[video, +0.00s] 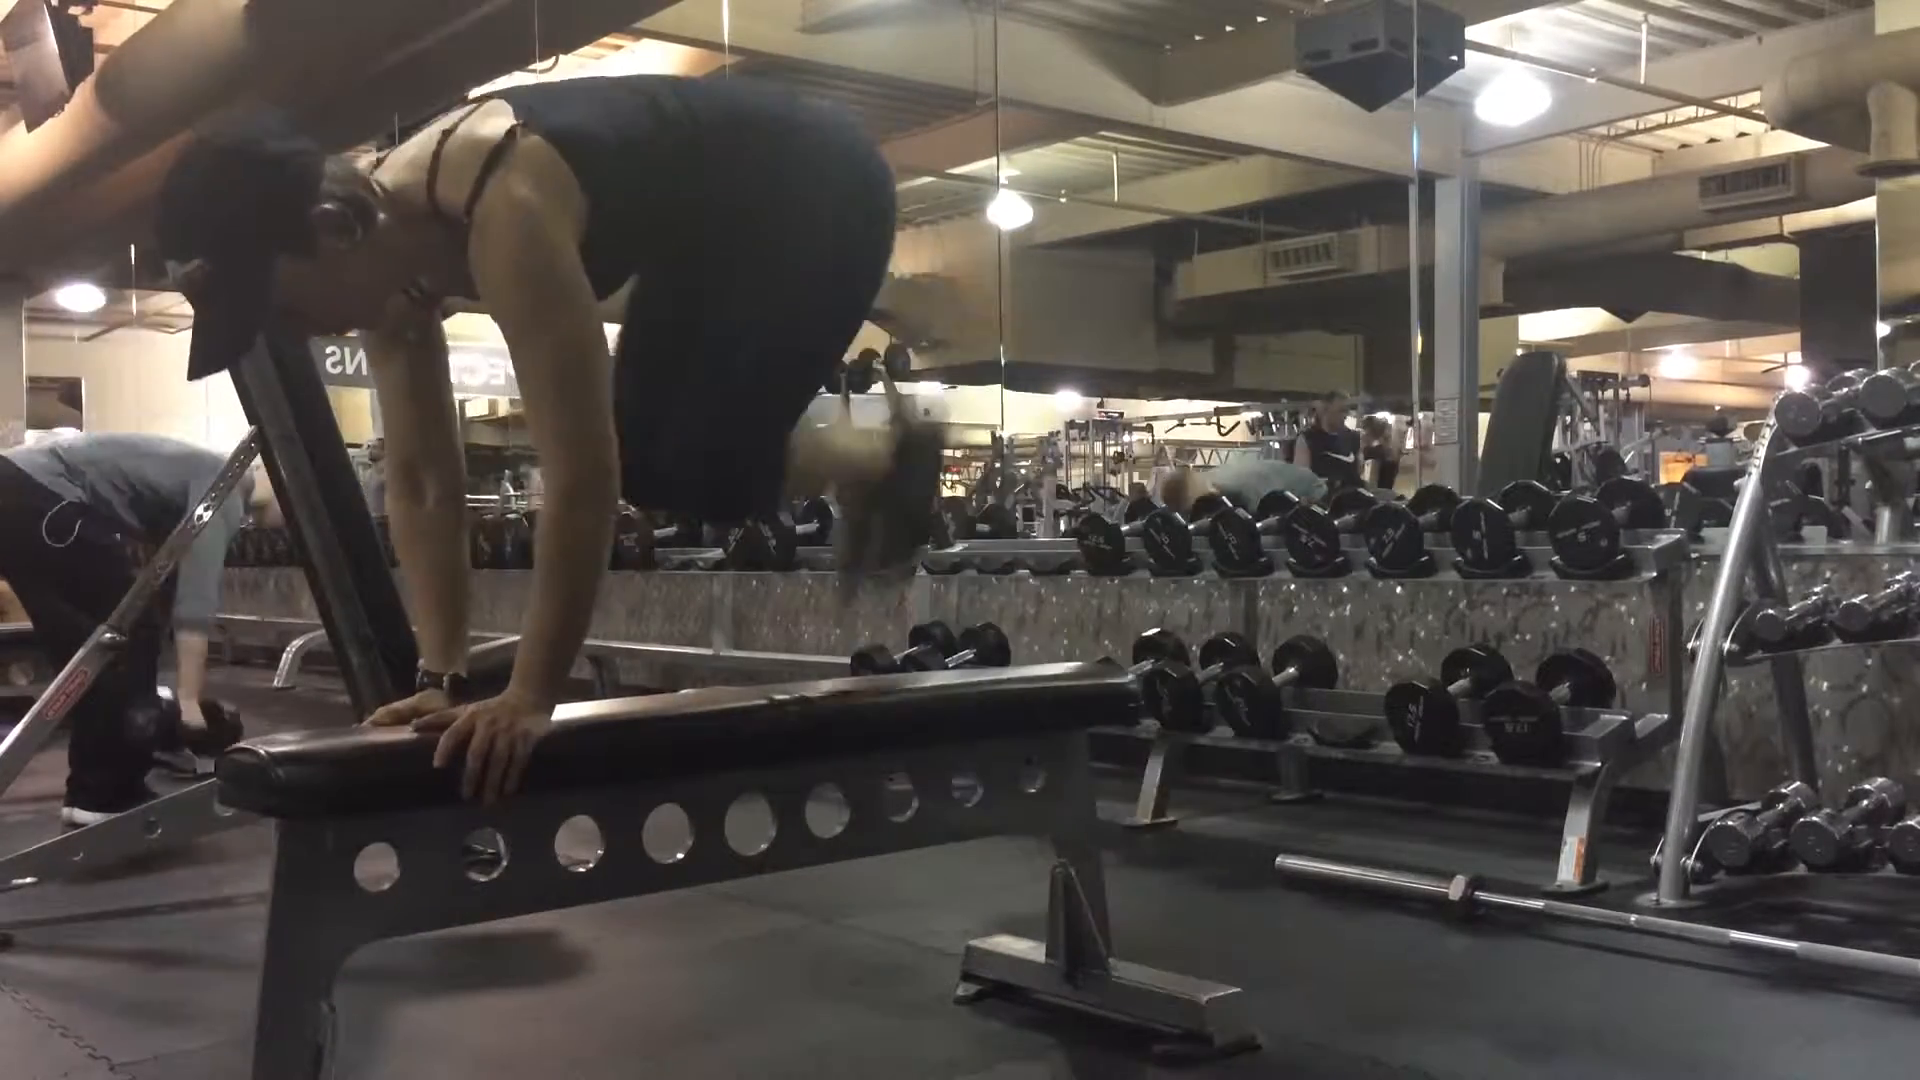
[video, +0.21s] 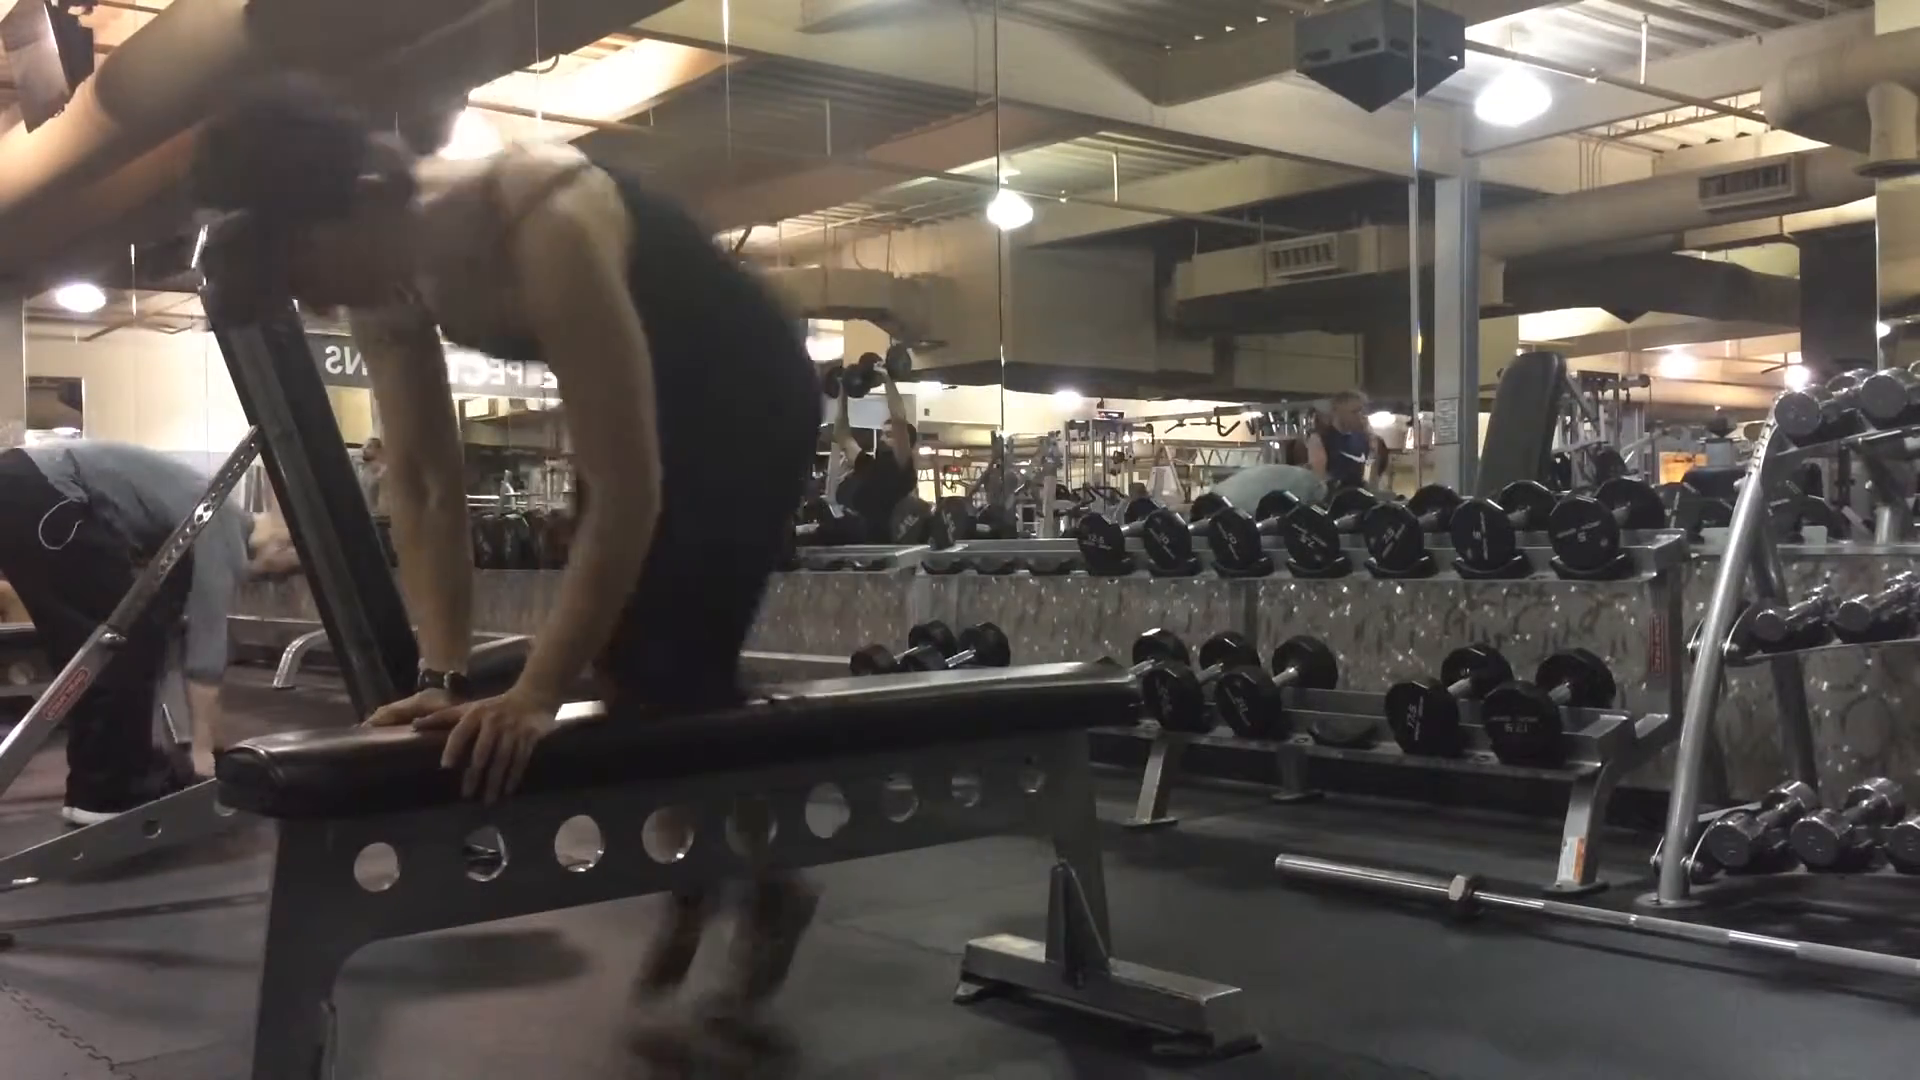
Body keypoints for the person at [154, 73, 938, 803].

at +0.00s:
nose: (321, 337)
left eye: (302, 311)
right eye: (294, 325)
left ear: (334, 231)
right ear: (325, 231)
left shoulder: (510, 211)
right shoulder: (388, 250)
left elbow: (581, 472)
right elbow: (418, 475)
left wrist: (530, 692)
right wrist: (442, 679)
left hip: (811, 187)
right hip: (714, 217)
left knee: (692, 465)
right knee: (644, 460)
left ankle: (884, 456)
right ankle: (865, 458)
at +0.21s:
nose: (315, 306)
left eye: (305, 274)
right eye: (294, 288)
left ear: (356, 203)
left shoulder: (548, 225)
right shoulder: (382, 277)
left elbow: (625, 492)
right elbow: (423, 474)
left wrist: (534, 698)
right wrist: (441, 676)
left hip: (746, 386)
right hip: (642, 400)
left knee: (676, 663)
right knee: (616, 660)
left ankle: (768, 874)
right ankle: (693, 867)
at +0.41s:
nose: (290, 297)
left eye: (284, 267)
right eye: (272, 280)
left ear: (341, 200)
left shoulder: (519, 214)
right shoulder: (347, 285)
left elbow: (607, 489)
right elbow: (393, 482)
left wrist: (531, 695)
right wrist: (444, 680)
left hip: (743, 373)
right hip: (630, 395)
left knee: (756, 654)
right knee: (668, 665)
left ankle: (782, 855)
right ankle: (683, 854)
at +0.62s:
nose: (287, 344)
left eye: (271, 317)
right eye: (257, 334)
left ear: (303, 224)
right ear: (294, 228)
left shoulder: (474, 205)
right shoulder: (346, 261)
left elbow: (547, 471)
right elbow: (399, 471)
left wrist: (527, 697)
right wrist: (439, 678)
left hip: (781, 173)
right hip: (669, 218)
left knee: (792, 469)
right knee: (658, 477)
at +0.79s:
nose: (308, 336)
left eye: (283, 312)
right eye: (277, 327)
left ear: (297, 219)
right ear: (288, 223)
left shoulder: (479, 203)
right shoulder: (368, 254)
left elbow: (546, 467)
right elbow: (411, 472)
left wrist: (525, 699)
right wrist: (441, 677)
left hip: (807, 138)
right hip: (720, 191)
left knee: (789, 451)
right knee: (730, 476)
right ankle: (976, 416)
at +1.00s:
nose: (247, 311)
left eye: (233, 279)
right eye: (224, 296)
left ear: (289, 200)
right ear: (274, 216)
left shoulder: (487, 212)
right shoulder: (391, 268)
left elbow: (568, 478)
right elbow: (452, 473)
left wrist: (532, 696)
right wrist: (449, 667)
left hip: (876, 325)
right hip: (814, 357)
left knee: (935, 692)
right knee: (908, 689)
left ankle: (1126, 961)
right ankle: (1111, 939)